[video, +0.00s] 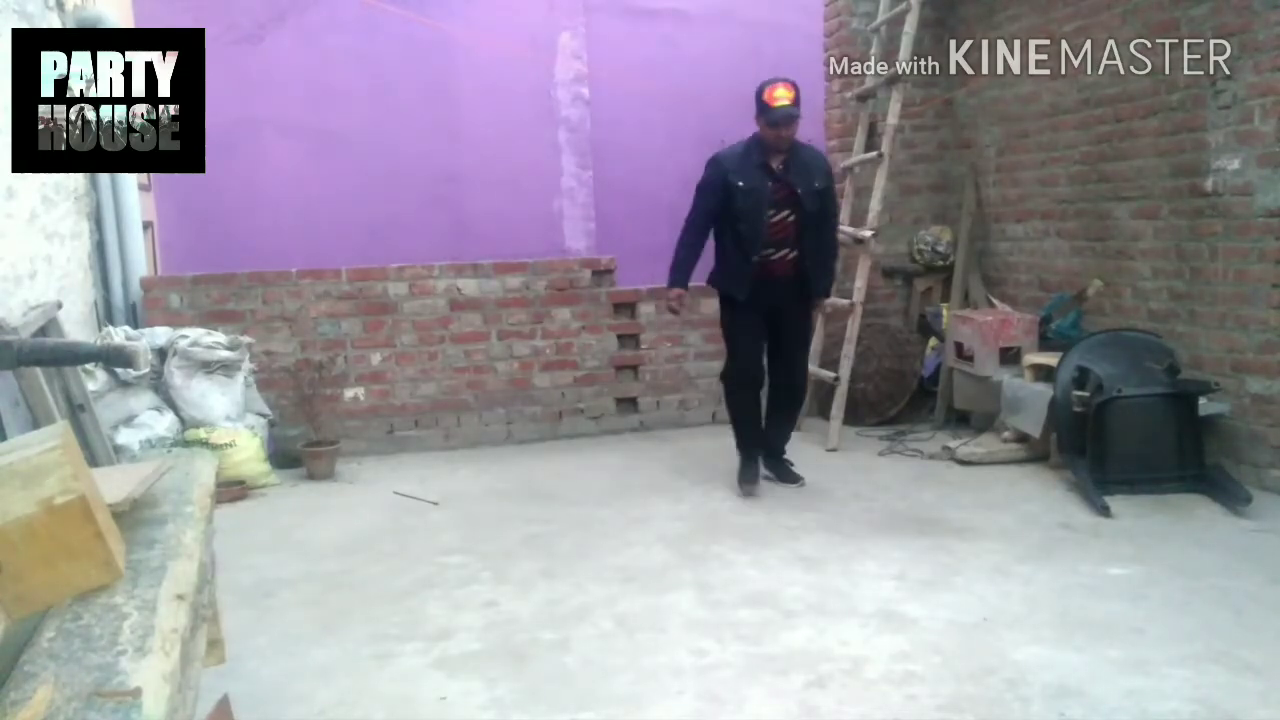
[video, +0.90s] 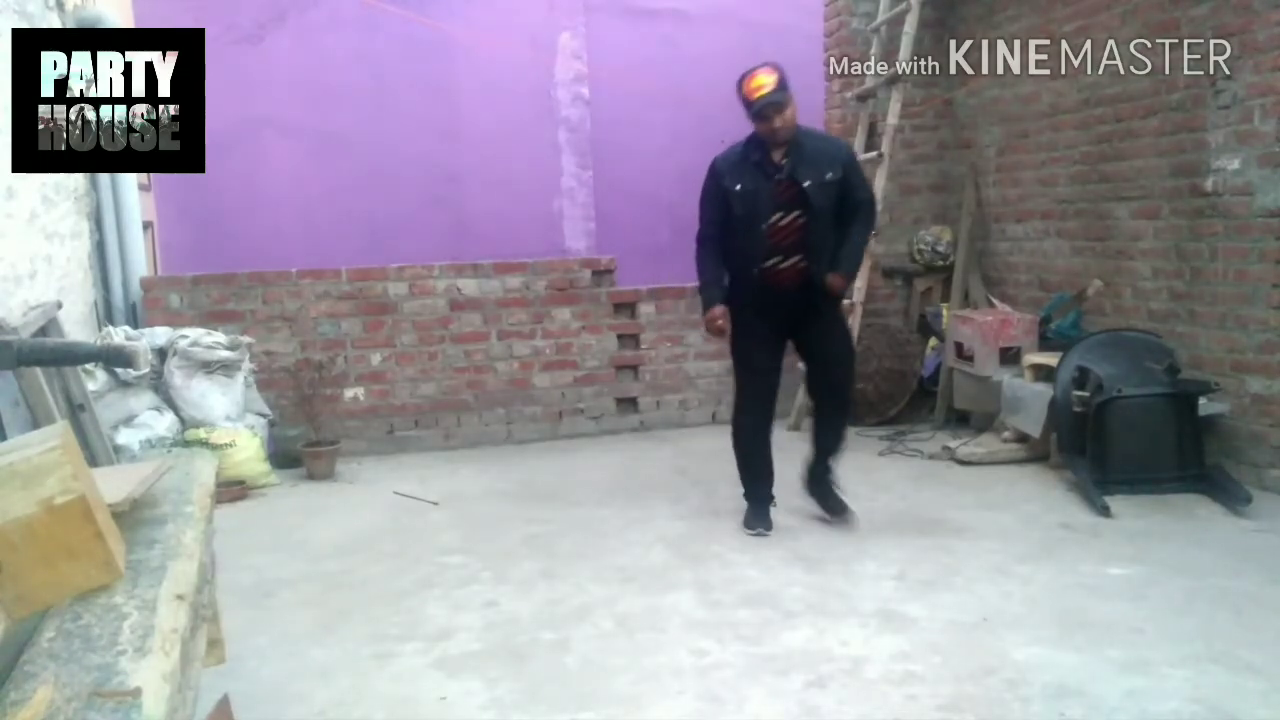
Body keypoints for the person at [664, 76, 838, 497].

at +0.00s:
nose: (783, 132)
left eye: (789, 123)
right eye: (774, 124)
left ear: (799, 121)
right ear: (758, 121)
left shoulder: (815, 165)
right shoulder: (726, 167)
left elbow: (826, 229)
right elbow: (697, 226)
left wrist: (822, 286)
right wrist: (678, 280)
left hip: (795, 292)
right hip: (742, 293)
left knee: (792, 378)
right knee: (743, 374)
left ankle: (775, 452)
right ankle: (750, 457)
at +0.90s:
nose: (775, 122)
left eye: (780, 110)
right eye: (762, 116)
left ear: (793, 103)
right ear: (749, 117)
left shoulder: (832, 156)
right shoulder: (727, 169)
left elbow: (861, 212)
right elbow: (710, 240)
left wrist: (844, 269)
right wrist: (713, 299)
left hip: (816, 299)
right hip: (755, 305)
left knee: (838, 380)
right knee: (753, 403)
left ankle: (820, 473)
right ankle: (757, 500)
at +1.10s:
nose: (797, 113)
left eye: (803, 102)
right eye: (785, 106)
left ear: (815, 98)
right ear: (768, 107)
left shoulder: (849, 150)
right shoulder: (739, 165)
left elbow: (874, 206)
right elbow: (720, 236)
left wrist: (861, 263)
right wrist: (724, 298)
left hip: (833, 302)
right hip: (770, 305)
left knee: (845, 403)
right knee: (766, 404)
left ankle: (863, 510)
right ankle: (758, 501)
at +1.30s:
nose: (830, 115)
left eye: (837, 103)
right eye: (818, 107)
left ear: (847, 102)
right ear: (797, 109)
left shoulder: (875, 157)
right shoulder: (767, 169)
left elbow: (897, 223)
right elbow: (748, 247)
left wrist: (885, 282)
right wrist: (748, 318)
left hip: (859, 310)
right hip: (793, 309)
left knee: (867, 419)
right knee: (779, 410)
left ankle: (872, 525)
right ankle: (771, 491)